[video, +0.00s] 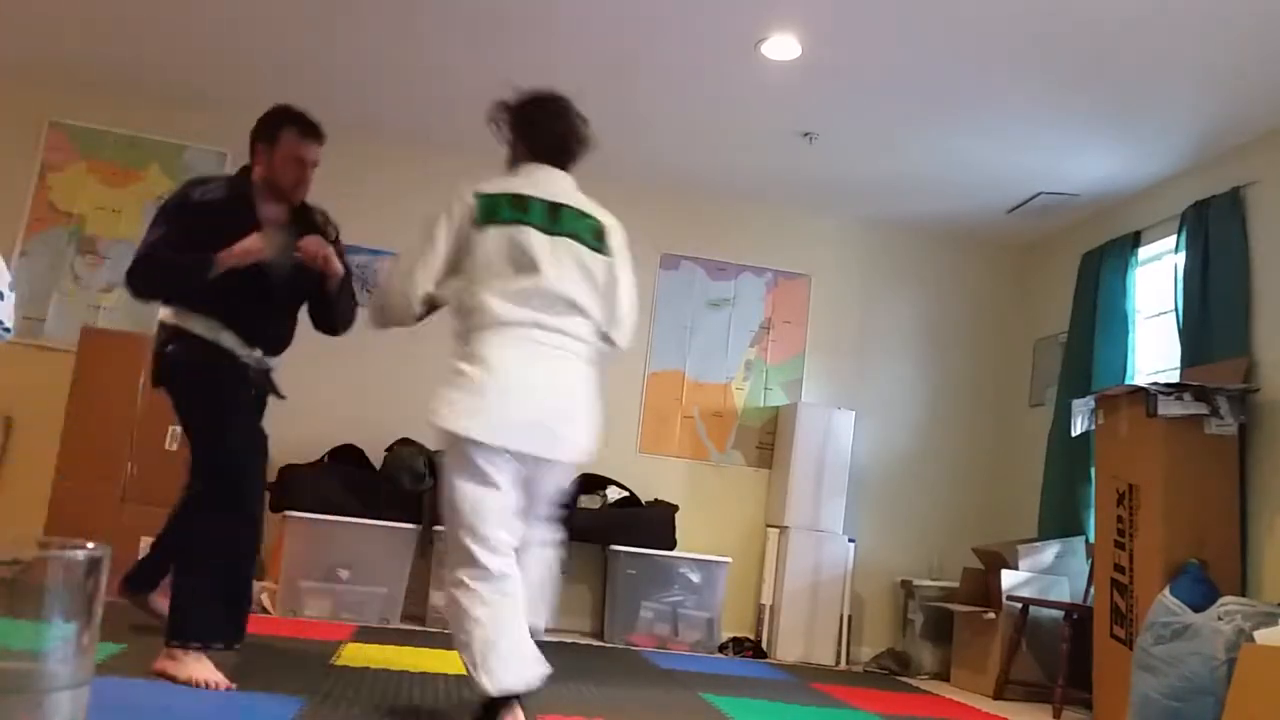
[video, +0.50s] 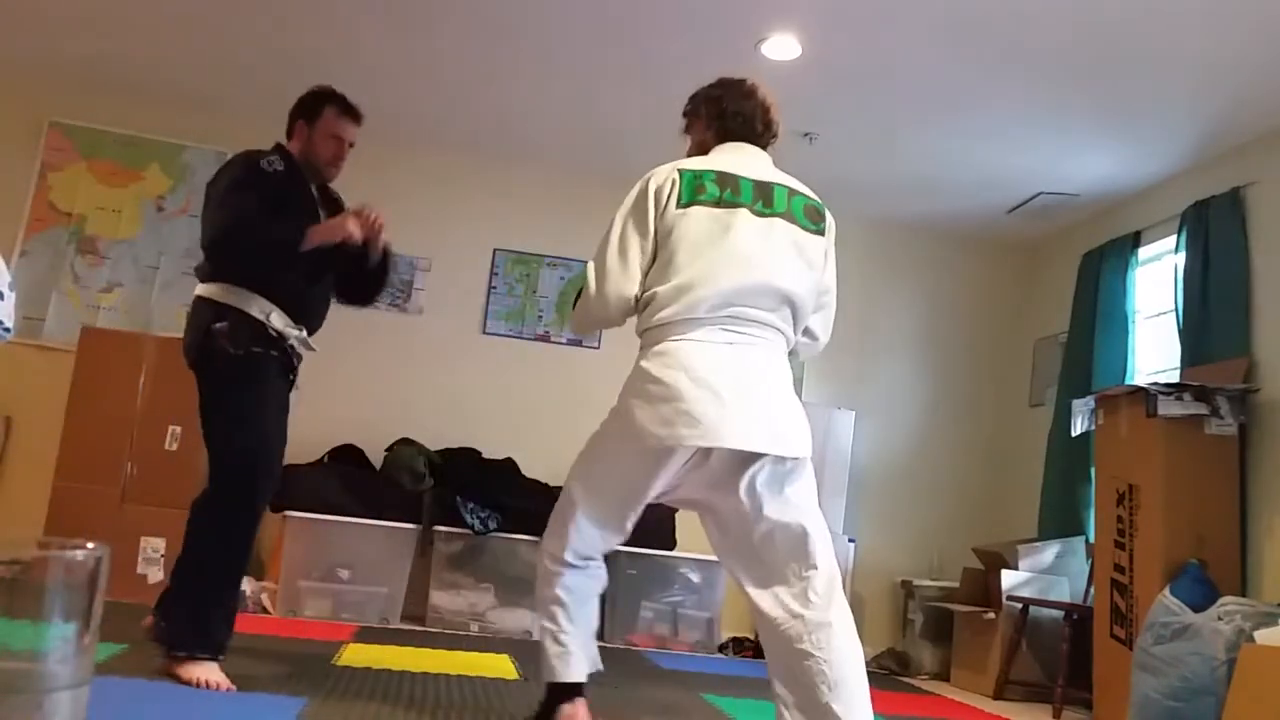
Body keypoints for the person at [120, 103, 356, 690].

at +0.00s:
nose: (306, 175)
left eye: (313, 164)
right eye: (296, 161)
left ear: (317, 166)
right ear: (261, 155)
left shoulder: (315, 226)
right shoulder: (207, 199)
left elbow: (336, 321)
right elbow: (145, 276)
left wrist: (333, 274)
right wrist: (224, 259)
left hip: (249, 369)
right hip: (196, 349)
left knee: (220, 486)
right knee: (234, 494)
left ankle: (144, 583)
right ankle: (185, 647)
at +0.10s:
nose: (323, 156)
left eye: (330, 146)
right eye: (314, 142)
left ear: (332, 147)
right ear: (279, 133)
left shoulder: (318, 201)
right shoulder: (223, 171)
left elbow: (336, 296)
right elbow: (168, 250)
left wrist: (337, 247)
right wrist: (255, 230)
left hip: (263, 349)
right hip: (211, 333)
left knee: (248, 476)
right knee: (221, 477)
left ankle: (161, 579)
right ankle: (186, 646)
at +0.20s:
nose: (332, 136)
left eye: (341, 127)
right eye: (325, 121)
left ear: (342, 127)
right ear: (289, 109)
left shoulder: (326, 178)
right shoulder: (234, 142)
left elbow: (353, 267)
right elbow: (195, 219)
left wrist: (349, 212)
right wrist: (271, 190)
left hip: (276, 331)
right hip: (221, 314)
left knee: (248, 467)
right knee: (215, 467)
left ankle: (186, 593)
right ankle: (189, 641)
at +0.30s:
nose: (334, 132)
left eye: (341, 124)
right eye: (327, 117)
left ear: (340, 127)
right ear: (292, 104)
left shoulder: (329, 176)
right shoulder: (240, 140)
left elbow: (373, 257)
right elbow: (216, 215)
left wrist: (369, 202)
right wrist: (289, 177)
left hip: (283, 334)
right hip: (230, 316)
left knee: (242, 480)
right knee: (225, 476)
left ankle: (195, 621)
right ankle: (185, 644)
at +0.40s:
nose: (338, 143)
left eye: (345, 134)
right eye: (331, 128)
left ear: (344, 138)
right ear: (294, 118)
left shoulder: (329, 196)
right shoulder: (250, 158)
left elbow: (381, 268)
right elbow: (225, 219)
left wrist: (383, 219)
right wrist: (311, 196)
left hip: (279, 347)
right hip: (232, 326)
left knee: (243, 485)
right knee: (240, 481)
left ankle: (185, 621)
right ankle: (184, 643)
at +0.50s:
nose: (342, 154)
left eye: (350, 145)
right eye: (334, 140)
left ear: (350, 149)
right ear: (300, 131)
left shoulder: (327, 205)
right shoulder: (255, 170)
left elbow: (356, 289)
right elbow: (233, 245)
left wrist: (373, 249)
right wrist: (321, 234)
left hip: (274, 348)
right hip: (236, 332)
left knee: (246, 489)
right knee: (242, 489)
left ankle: (178, 614)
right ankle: (192, 646)